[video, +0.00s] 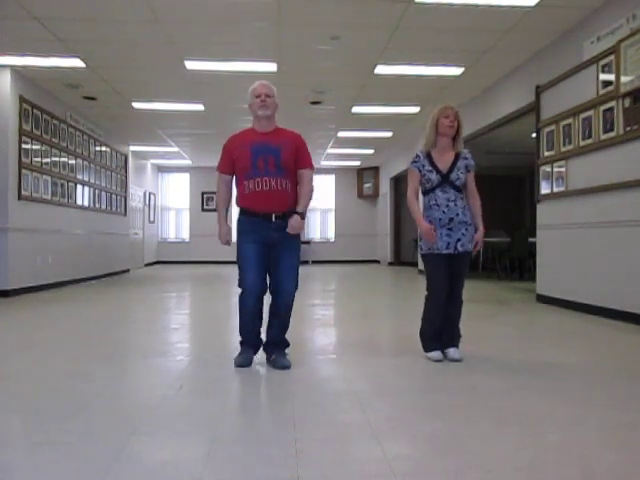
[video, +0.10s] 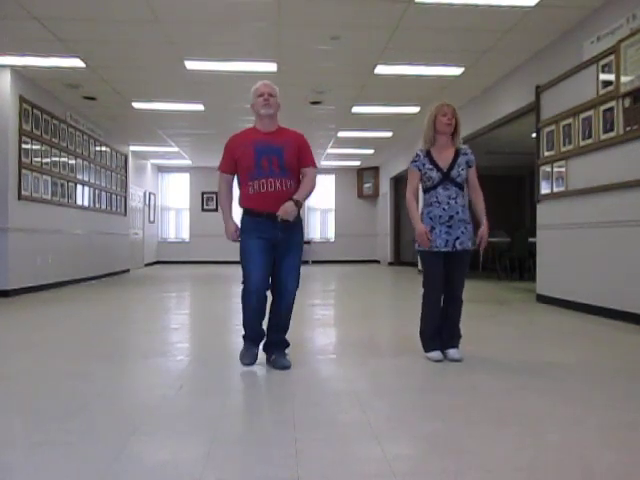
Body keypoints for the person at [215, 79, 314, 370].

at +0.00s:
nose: (263, 99)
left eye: (268, 95)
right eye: (257, 96)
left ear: (276, 103)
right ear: (249, 105)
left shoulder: (294, 140)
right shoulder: (235, 143)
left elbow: (306, 180)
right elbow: (224, 183)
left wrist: (299, 214)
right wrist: (223, 221)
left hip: (286, 223)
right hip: (251, 223)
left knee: (285, 291)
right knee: (251, 288)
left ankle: (277, 349)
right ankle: (248, 346)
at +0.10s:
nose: (266, 98)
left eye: (271, 94)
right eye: (260, 95)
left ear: (279, 103)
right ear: (251, 105)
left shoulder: (296, 139)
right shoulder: (237, 142)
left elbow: (309, 177)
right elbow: (225, 182)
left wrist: (295, 202)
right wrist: (228, 219)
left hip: (289, 223)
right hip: (254, 222)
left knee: (286, 289)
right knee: (255, 286)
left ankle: (277, 348)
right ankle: (251, 341)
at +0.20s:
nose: (268, 97)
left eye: (273, 94)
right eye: (262, 94)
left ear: (281, 102)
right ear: (253, 103)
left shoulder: (297, 139)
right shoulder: (239, 140)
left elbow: (309, 176)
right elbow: (227, 181)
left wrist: (294, 193)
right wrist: (232, 219)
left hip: (292, 221)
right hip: (258, 221)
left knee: (289, 287)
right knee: (264, 283)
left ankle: (278, 348)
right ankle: (258, 344)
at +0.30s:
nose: (269, 98)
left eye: (274, 94)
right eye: (263, 95)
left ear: (282, 102)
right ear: (254, 103)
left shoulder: (298, 139)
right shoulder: (239, 140)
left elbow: (309, 176)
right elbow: (226, 181)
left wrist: (296, 194)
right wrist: (232, 218)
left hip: (293, 221)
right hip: (259, 221)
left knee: (292, 287)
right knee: (271, 285)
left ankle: (278, 348)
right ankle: (259, 347)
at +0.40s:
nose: (270, 98)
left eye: (275, 94)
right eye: (264, 94)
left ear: (283, 101)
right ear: (255, 102)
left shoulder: (299, 139)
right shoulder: (240, 140)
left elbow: (309, 176)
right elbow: (228, 182)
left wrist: (302, 204)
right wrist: (231, 219)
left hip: (293, 220)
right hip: (259, 219)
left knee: (291, 287)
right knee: (267, 284)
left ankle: (278, 347)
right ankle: (258, 347)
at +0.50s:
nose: (270, 97)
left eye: (275, 93)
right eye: (265, 94)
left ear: (284, 102)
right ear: (255, 103)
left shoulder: (300, 138)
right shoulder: (242, 140)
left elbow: (312, 179)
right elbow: (229, 181)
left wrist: (310, 214)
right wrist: (229, 218)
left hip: (293, 221)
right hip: (257, 220)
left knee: (288, 290)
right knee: (257, 286)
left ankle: (278, 347)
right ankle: (257, 346)